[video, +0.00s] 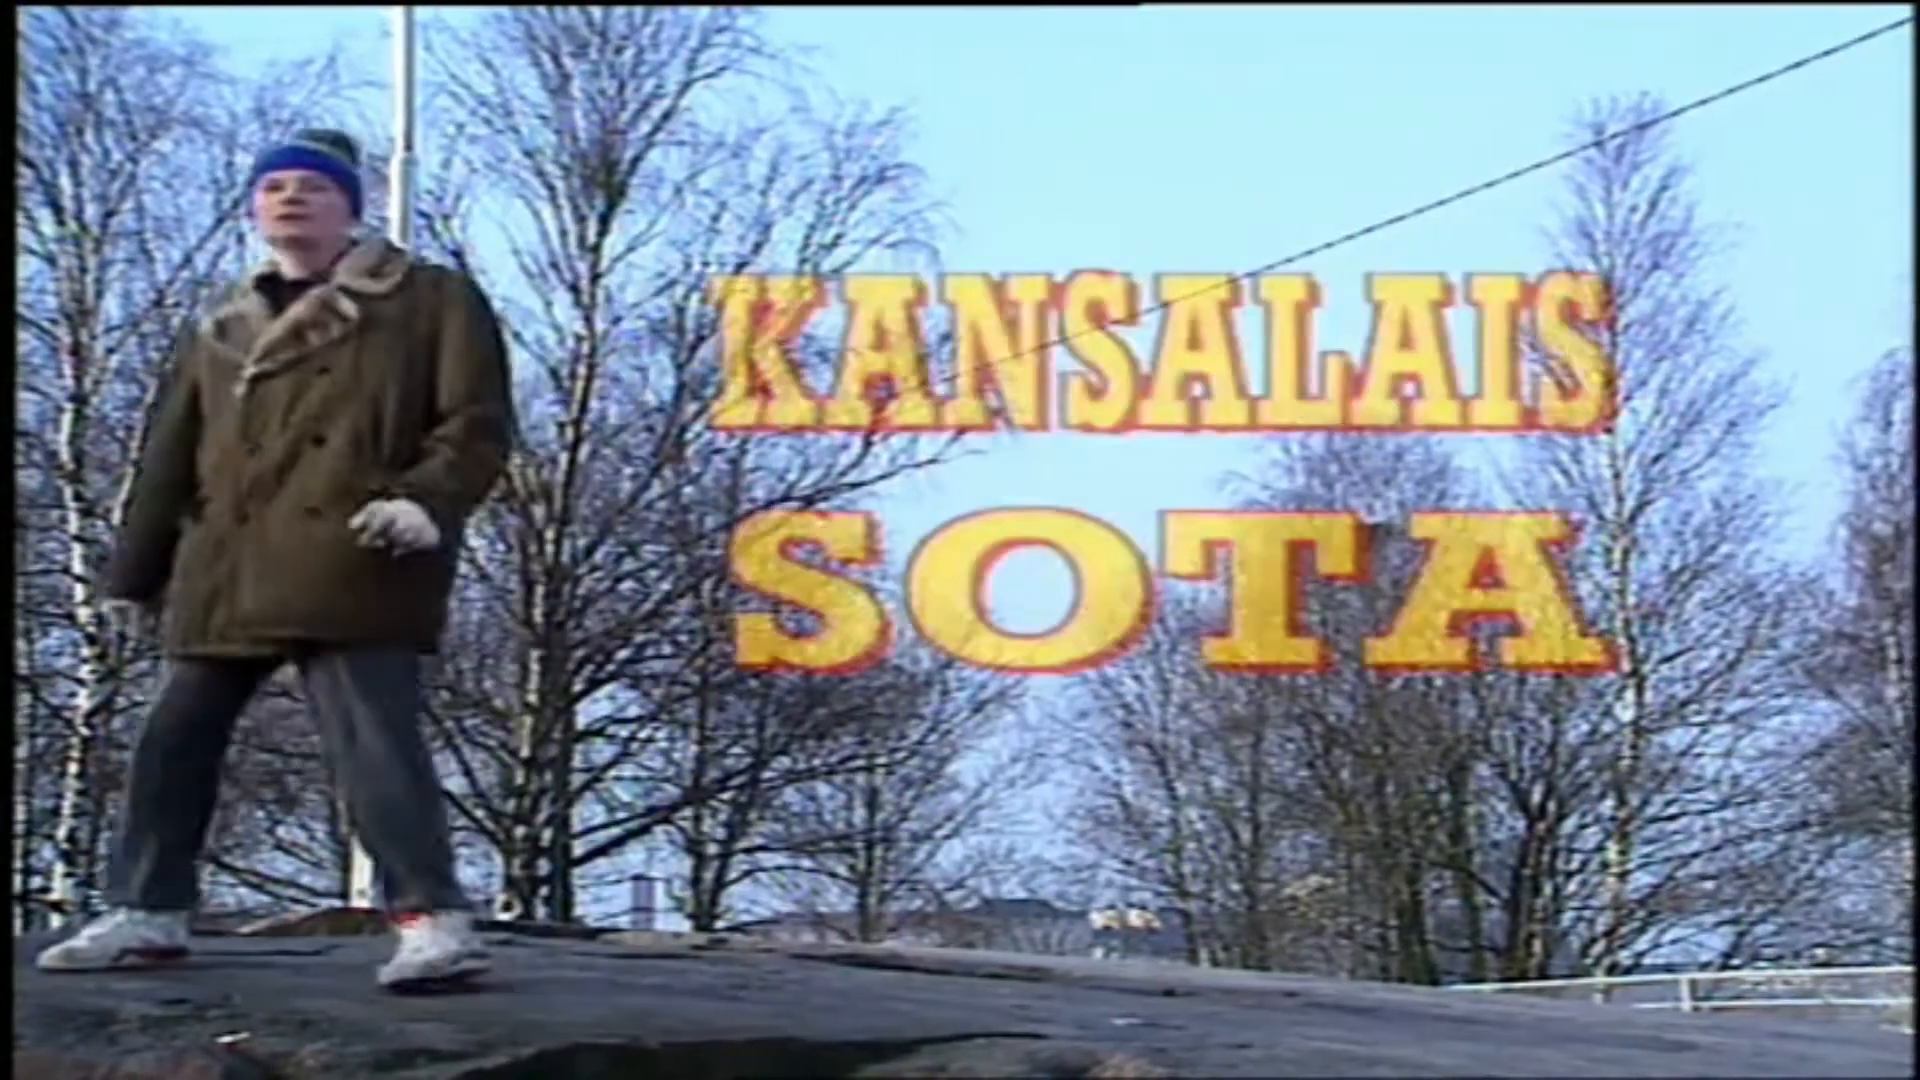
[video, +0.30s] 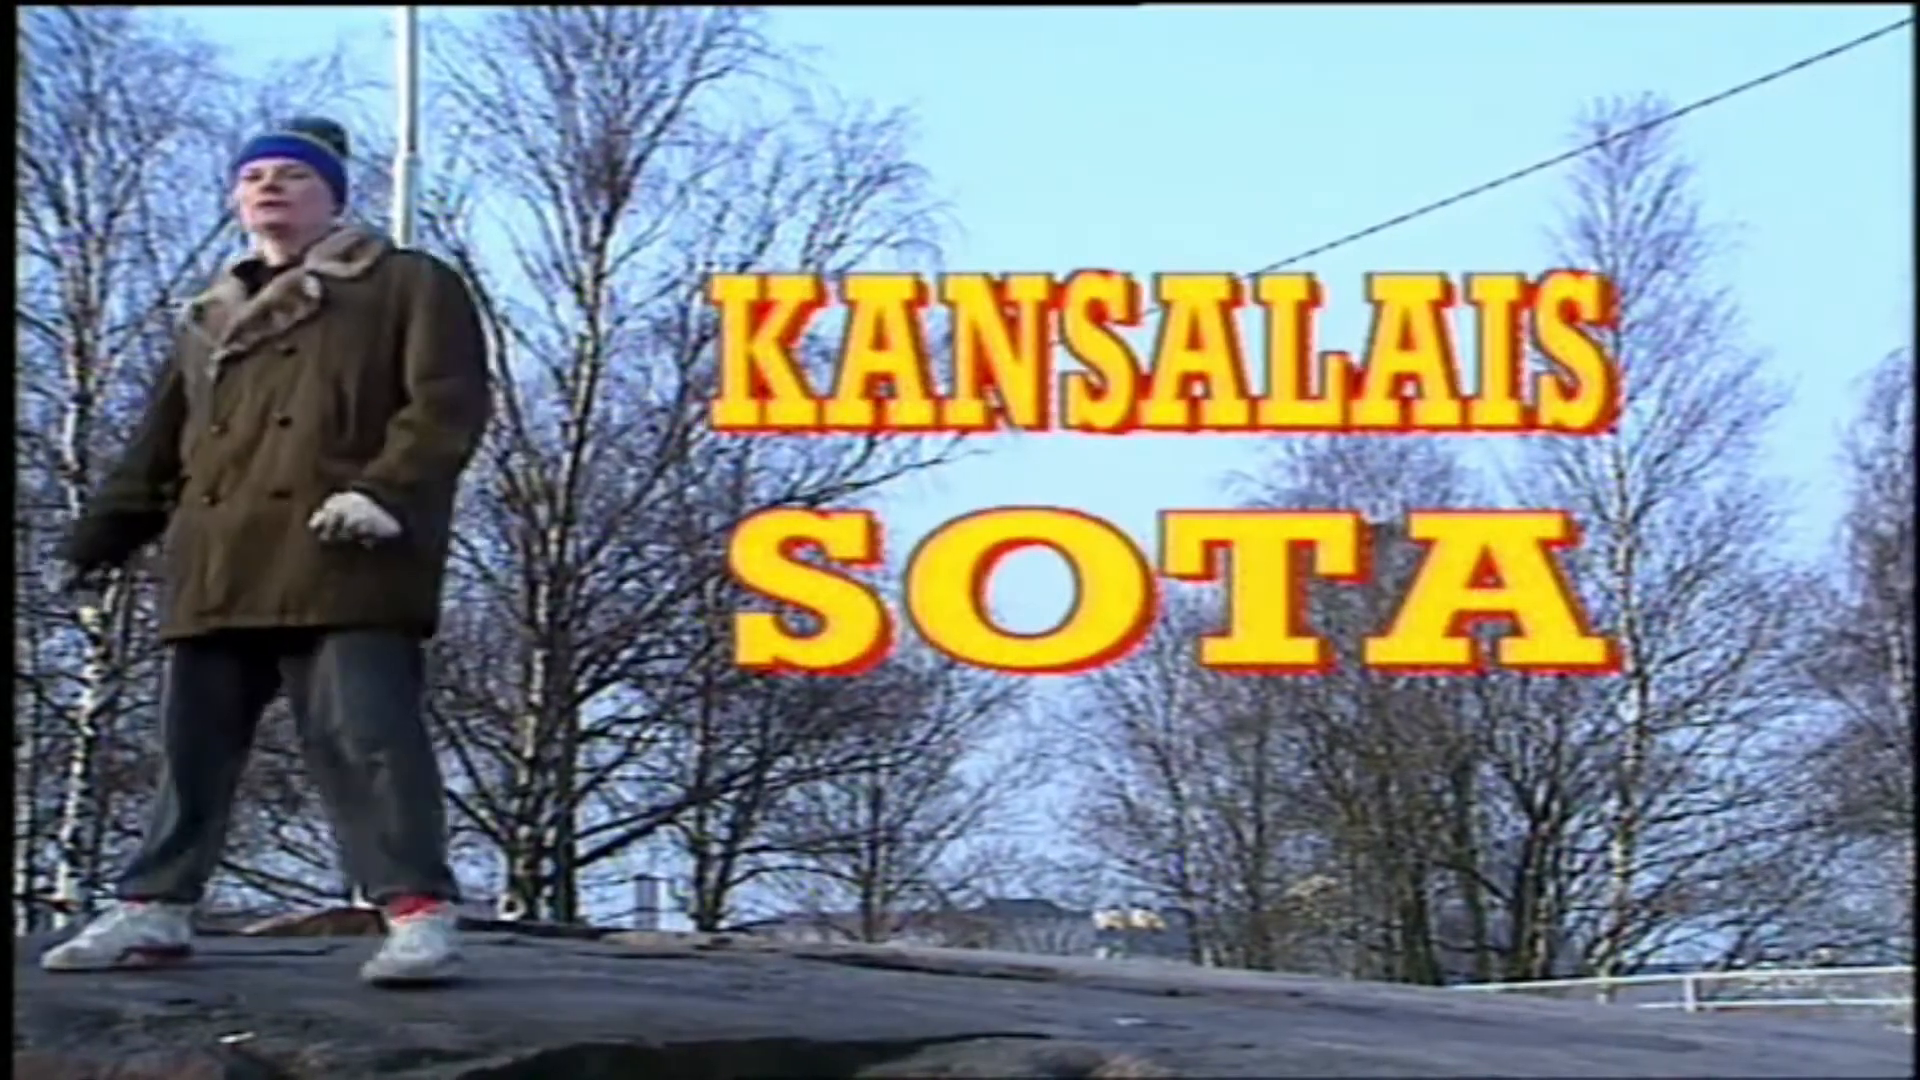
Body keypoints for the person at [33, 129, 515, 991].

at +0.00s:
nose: (286, 205)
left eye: (308, 193)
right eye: (272, 193)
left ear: (351, 210)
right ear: (253, 212)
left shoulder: (432, 300)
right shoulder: (221, 331)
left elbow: (478, 424)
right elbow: (167, 464)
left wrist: (429, 498)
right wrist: (130, 573)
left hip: (356, 565)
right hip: (231, 570)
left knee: (373, 741)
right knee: (175, 732)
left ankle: (432, 918)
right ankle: (149, 913)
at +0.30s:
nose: (268, 193)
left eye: (288, 179)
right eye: (253, 181)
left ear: (334, 197)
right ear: (237, 203)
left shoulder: (409, 283)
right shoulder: (213, 319)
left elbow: (450, 403)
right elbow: (159, 450)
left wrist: (387, 491)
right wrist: (101, 533)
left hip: (348, 557)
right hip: (221, 566)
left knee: (365, 733)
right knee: (193, 740)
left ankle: (417, 910)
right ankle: (157, 906)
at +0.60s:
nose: (307, 182)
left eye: (329, 169)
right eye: (310, 171)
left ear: (387, 189)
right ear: (331, 199)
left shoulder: (480, 293)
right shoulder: (296, 309)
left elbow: (483, 434)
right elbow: (256, 443)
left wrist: (377, 507)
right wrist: (199, 528)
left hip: (405, 572)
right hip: (282, 571)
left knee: (415, 740)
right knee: (215, 723)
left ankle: (447, 920)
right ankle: (186, 908)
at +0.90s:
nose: (342, 208)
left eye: (351, 194)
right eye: (349, 194)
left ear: (378, 201)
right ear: (404, 204)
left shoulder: (457, 284)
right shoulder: (351, 297)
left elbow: (495, 438)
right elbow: (317, 437)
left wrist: (427, 528)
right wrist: (243, 507)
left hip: (404, 567)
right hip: (304, 564)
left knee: (424, 743)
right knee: (270, 741)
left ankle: (451, 918)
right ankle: (232, 910)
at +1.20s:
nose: (366, 204)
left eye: (378, 192)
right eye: (372, 191)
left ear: (408, 204)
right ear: (427, 204)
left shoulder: (452, 285)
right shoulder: (375, 288)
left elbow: (466, 435)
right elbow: (351, 429)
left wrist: (420, 548)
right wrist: (298, 536)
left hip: (392, 568)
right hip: (307, 565)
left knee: (410, 737)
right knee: (272, 736)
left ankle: (453, 917)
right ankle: (235, 909)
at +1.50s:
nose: (353, 180)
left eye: (376, 172)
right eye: (357, 171)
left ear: (425, 201)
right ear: (374, 204)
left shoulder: (486, 304)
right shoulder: (337, 307)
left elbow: (483, 449)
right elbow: (291, 439)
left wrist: (403, 533)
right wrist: (238, 524)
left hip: (406, 574)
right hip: (288, 565)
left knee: (424, 747)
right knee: (244, 736)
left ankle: (461, 919)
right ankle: (234, 910)